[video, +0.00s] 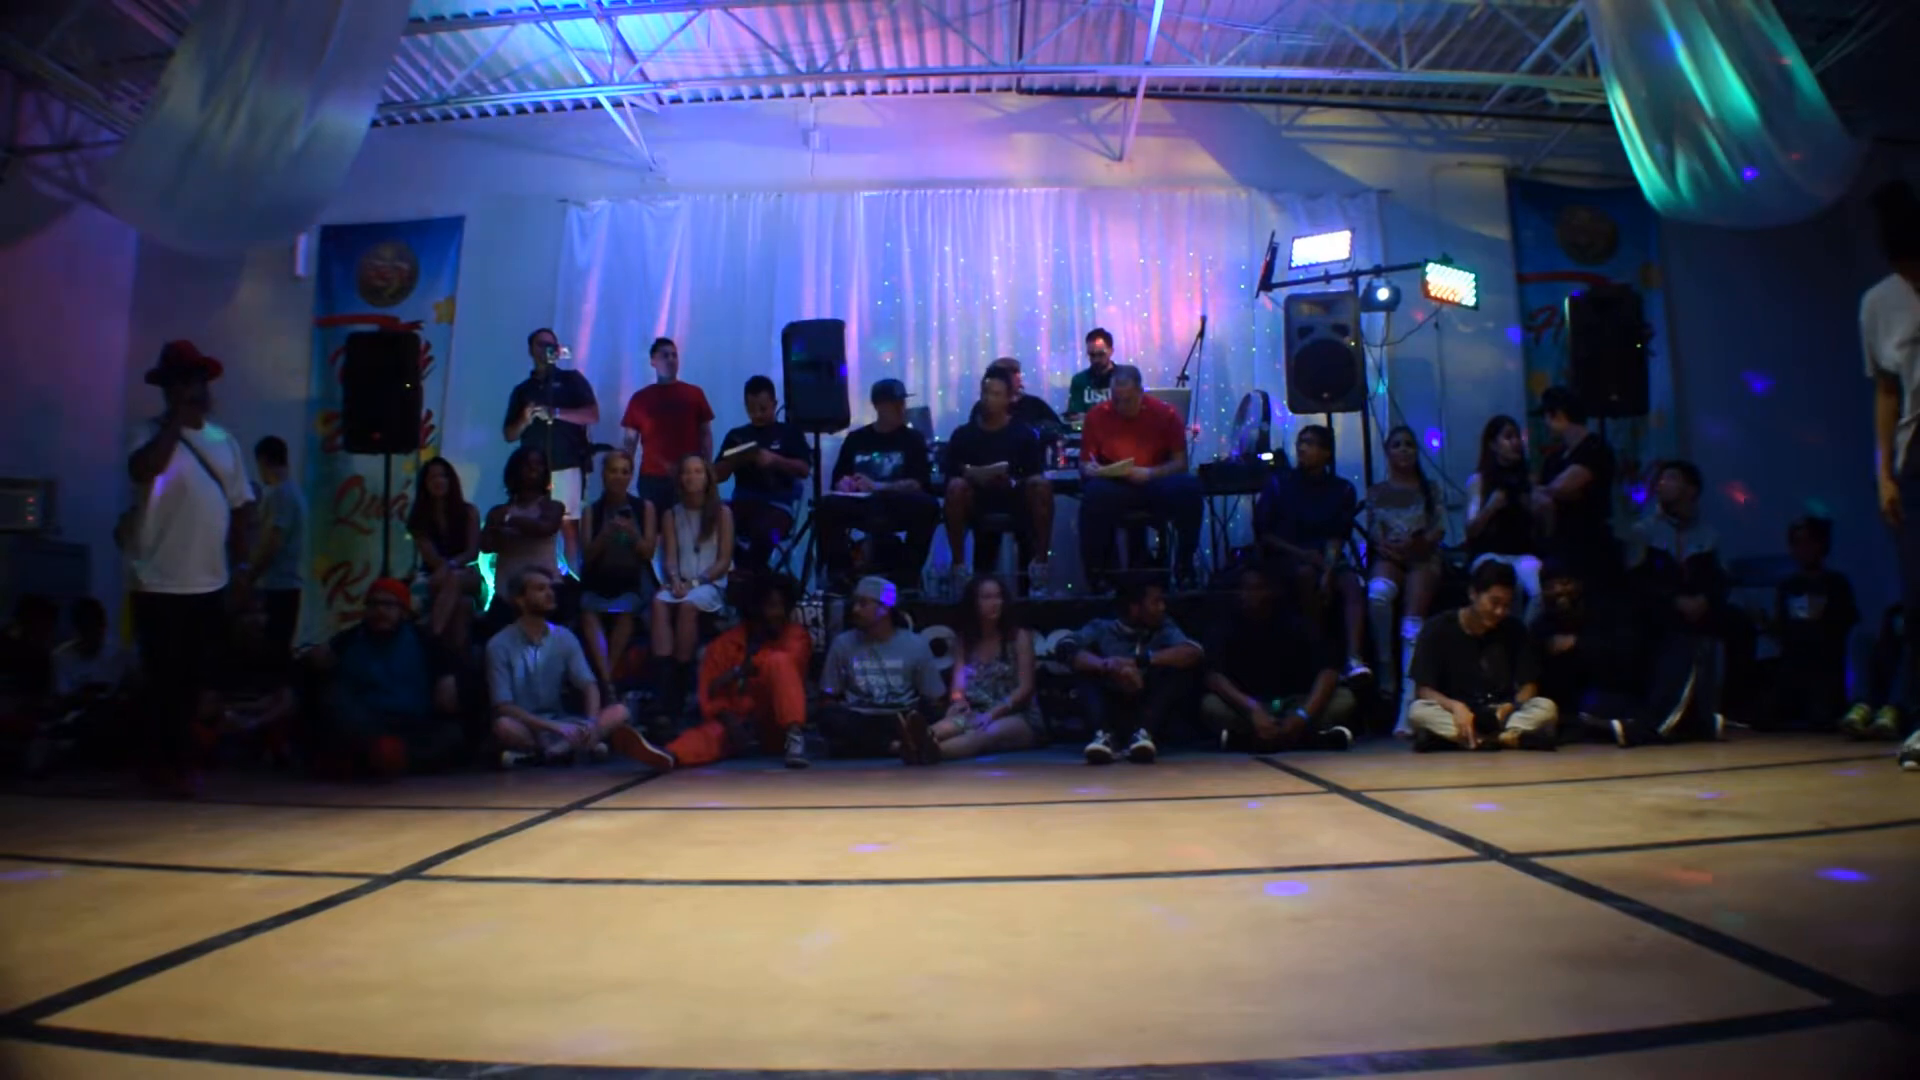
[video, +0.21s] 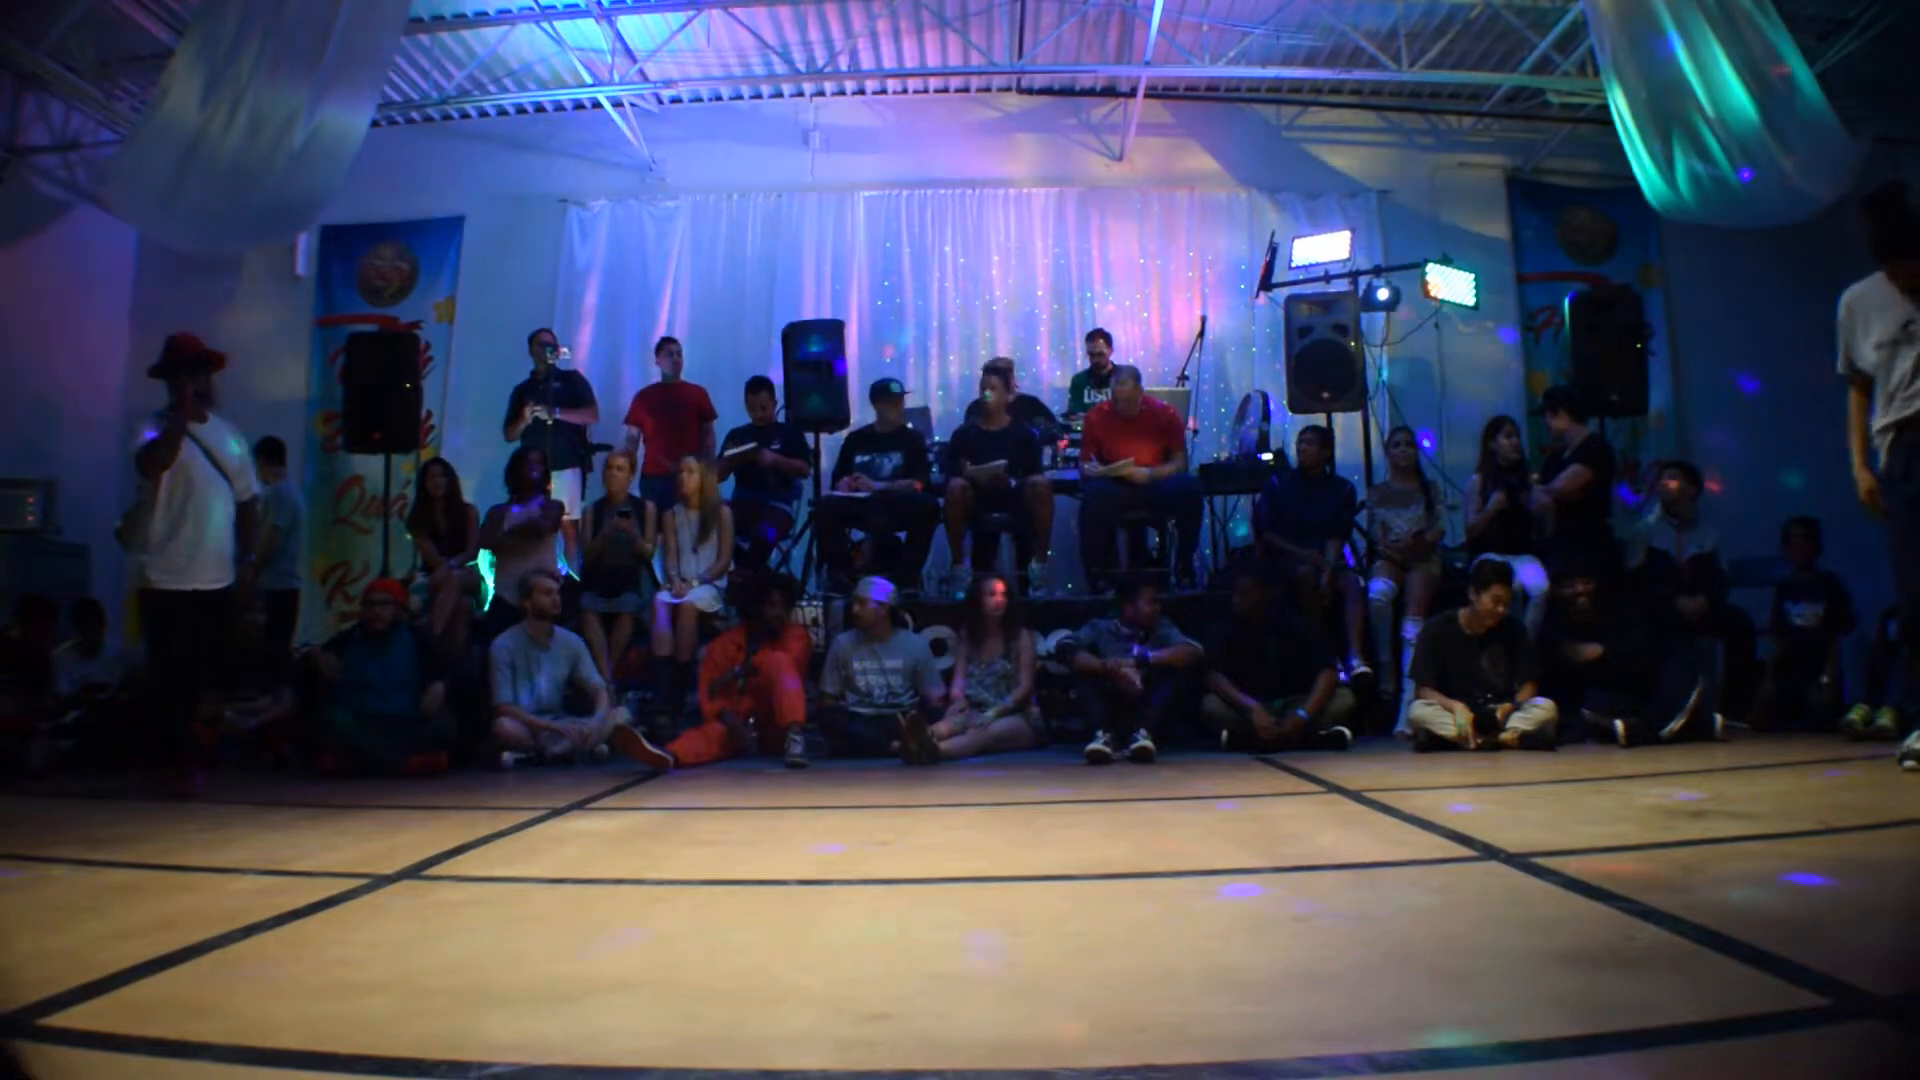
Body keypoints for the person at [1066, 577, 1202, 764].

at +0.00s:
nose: (1162, 608)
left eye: (1161, 602)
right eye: (1156, 602)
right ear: (1135, 608)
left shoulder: (1164, 630)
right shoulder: (1103, 629)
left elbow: (1194, 652)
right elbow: (1064, 648)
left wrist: (1142, 661)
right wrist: (1109, 667)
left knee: (1173, 670)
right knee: (1088, 674)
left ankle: (1144, 733)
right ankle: (1102, 735)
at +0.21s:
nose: (1157, 609)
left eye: (1156, 603)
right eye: (1150, 603)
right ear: (1129, 607)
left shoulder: (1160, 629)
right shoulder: (1101, 629)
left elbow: (1194, 652)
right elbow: (1064, 649)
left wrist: (1142, 661)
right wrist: (1110, 668)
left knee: (1174, 671)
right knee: (1086, 672)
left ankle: (1144, 733)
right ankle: (1102, 735)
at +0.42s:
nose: (1151, 608)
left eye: (1151, 602)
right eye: (1144, 603)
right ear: (1125, 608)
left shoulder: (1159, 629)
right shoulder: (1100, 630)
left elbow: (1192, 651)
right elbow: (1061, 650)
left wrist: (1143, 660)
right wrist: (1110, 671)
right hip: (1109, 701)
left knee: (1172, 669)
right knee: (1088, 672)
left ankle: (1144, 734)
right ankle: (1101, 735)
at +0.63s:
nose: (1145, 607)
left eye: (1145, 601)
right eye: (1137, 602)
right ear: (1116, 609)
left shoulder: (1153, 627)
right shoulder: (1093, 631)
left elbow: (1191, 650)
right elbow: (1060, 651)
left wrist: (1140, 659)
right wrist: (1108, 668)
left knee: (1170, 667)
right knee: (1086, 672)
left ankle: (1143, 733)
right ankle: (1101, 735)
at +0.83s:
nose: (1137, 607)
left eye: (1136, 601)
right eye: (1129, 602)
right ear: (1110, 609)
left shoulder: (1148, 627)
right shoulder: (1089, 632)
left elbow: (1187, 648)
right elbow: (1058, 652)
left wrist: (1139, 660)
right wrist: (1107, 668)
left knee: (1167, 670)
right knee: (1087, 672)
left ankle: (1142, 733)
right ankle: (1099, 734)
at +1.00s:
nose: (1133, 606)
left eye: (1132, 600)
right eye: (1125, 601)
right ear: (1105, 610)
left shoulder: (1143, 627)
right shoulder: (1086, 633)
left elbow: (1185, 647)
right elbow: (1053, 652)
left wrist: (1136, 659)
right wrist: (1105, 668)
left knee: (1160, 668)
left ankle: (1142, 734)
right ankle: (1099, 734)